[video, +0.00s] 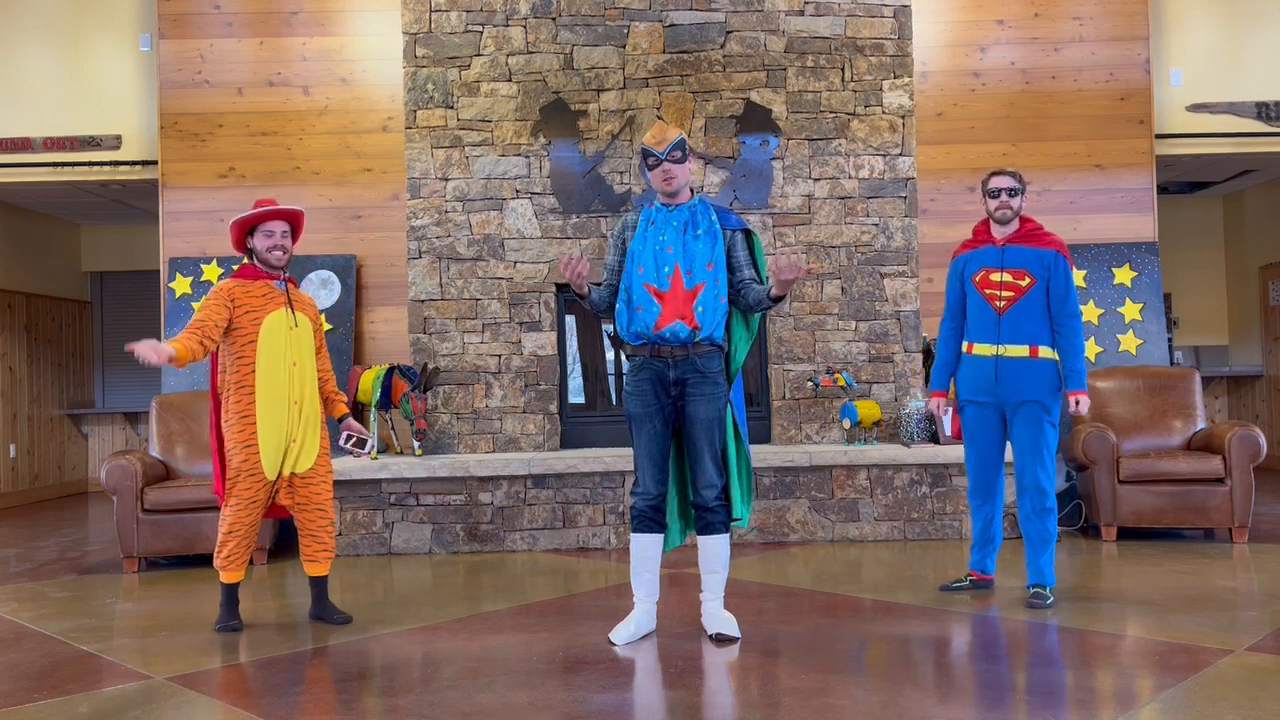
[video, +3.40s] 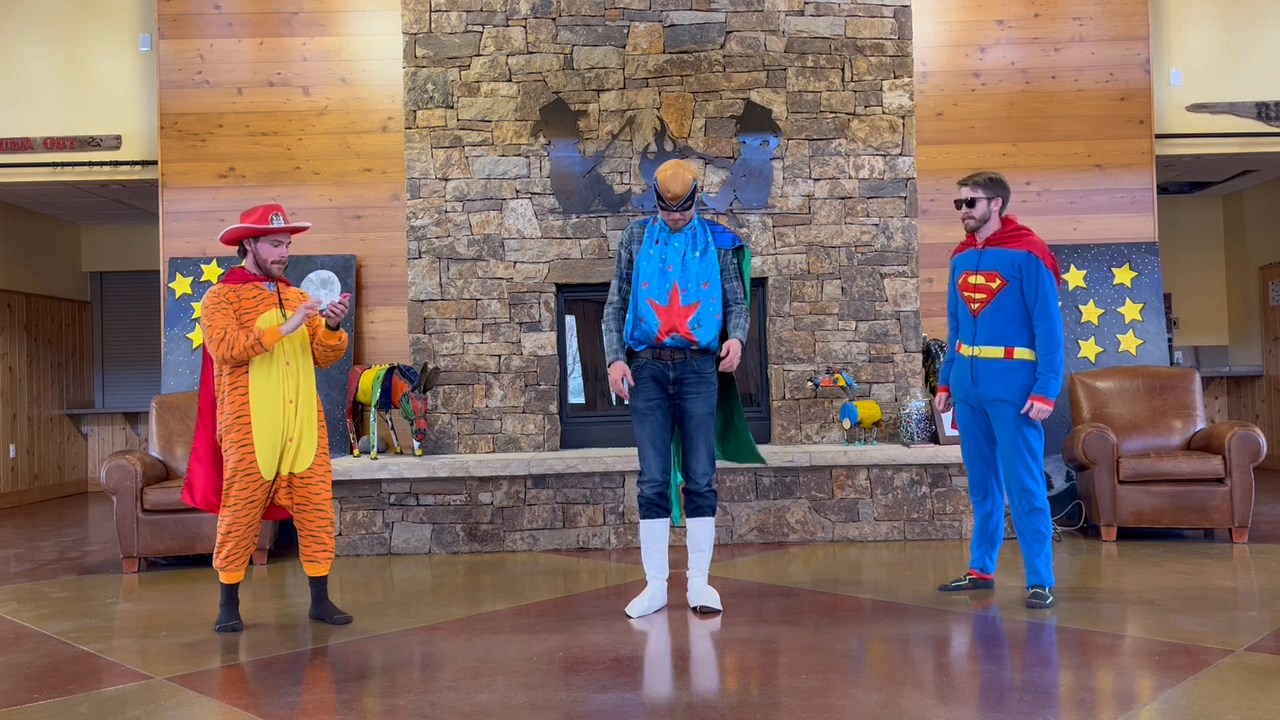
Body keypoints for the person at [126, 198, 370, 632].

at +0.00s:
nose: (278, 242)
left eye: (285, 235)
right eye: (268, 235)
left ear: (293, 243)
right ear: (250, 243)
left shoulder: (305, 302)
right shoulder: (230, 293)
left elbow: (321, 367)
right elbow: (199, 336)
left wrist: (343, 415)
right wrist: (169, 351)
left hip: (304, 420)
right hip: (250, 422)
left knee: (318, 502)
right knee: (244, 505)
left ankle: (321, 600)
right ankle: (229, 605)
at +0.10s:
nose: (286, 244)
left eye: (289, 237)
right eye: (275, 237)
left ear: (294, 242)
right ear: (252, 244)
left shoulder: (305, 301)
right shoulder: (227, 295)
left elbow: (323, 363)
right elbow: (199, 346)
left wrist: (347, 409)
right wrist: (180, 321)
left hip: (305, 421)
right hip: (250, 422)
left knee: (317, 500)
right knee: (244, 504)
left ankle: (321, 600)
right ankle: (229, 606)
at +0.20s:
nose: (289, 249)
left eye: (292, 240)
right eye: (279, 241)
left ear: (294, 243)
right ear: (254, 246)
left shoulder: (305, 300)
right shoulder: (229, 294)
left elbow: (328, 363)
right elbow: (201, 338)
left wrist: (355, 399)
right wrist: (205, 283)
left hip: (304, 422)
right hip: (250, 425)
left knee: (318, 504)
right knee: (243, 506)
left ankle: (321, 601)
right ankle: (229, 606)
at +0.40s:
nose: (291, 250)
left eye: (293, 243)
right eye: (283, 242)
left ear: (292, 248)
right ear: (257, 246)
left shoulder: (302, 300)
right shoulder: (225, 293)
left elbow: (327, 352)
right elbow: (227, 331)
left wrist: (361, 361)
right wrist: (266, 279)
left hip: (304, 425)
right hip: (248, 427)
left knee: (316, 503)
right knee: (242, 506)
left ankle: (321, 601)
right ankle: (229, 606)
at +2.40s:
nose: (283, 252)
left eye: (286, 244)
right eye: (274, 244)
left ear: (288, 247)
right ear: (249, 246)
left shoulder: (298, 298)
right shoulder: (221, 297)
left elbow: (325, 356)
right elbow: (231, 345)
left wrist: (333, 324)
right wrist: (291, 323)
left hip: (303, 420)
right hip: (249, 422)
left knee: (317, 502)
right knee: (242, 505)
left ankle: (320, 601)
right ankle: (229, 606)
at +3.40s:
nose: (286, 252)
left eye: (288, 244)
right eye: (276, 244)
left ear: (288, 247)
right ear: (251, 246)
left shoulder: (298, 298)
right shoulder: (221, 296)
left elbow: (324, 356)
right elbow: (225, 347)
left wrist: (334, 326)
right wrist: (285, 330)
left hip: (303, 419)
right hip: (249, 421)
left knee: (316, 500)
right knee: (242, 503)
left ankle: (320, 601)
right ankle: (229, 607)